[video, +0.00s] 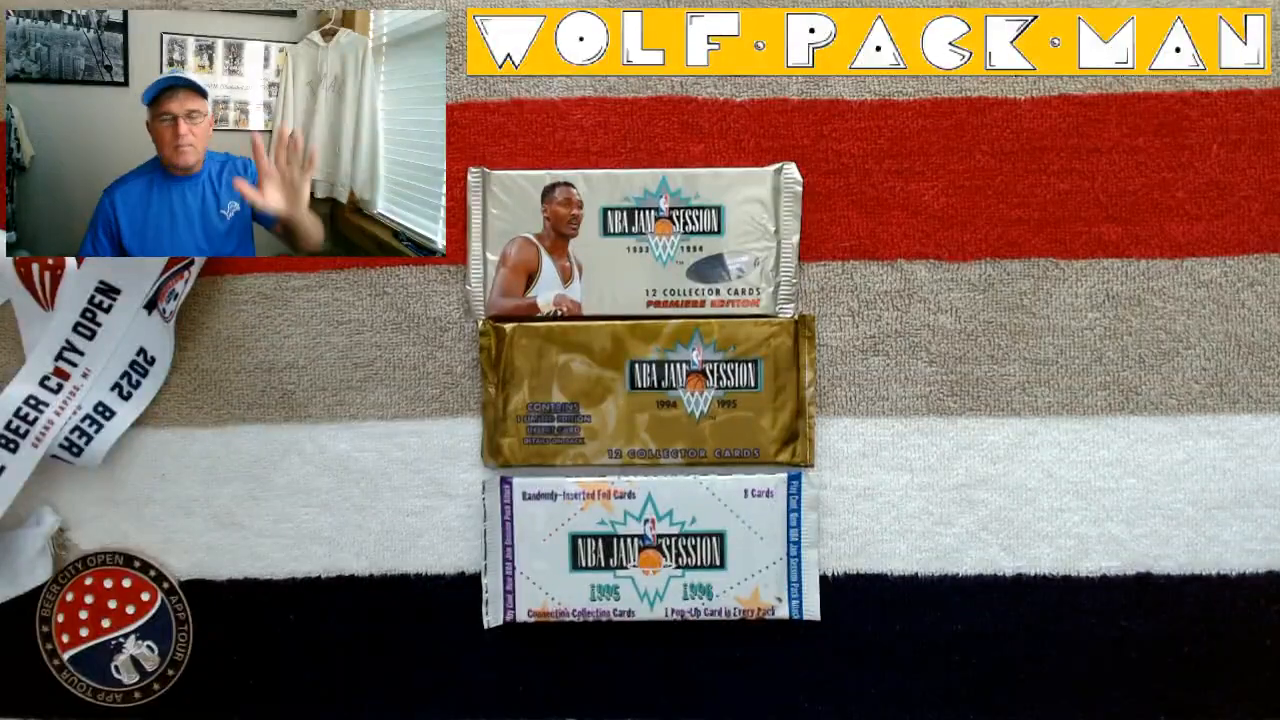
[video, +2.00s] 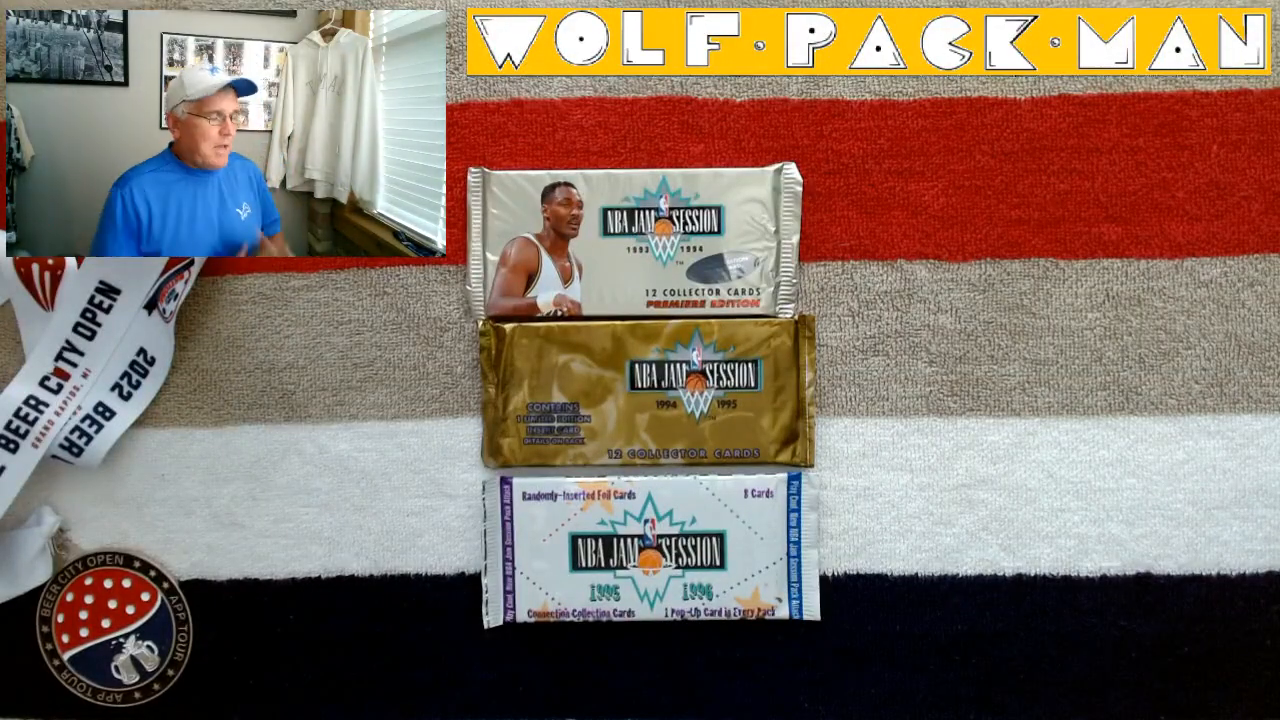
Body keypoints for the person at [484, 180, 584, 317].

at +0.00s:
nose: (576, 213)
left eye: (580, 207)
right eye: (566, 205)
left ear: (583, 211)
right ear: (545, 211)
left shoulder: (575, 265)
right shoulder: (521, 249)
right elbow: (495, 308)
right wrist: (549, 302)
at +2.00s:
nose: (576, 213)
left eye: (580, 207)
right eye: (566, 205)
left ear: (583, 211)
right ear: (545, 211)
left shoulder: (575, 265)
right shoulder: (520, 250)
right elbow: (495, 307)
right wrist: (550, 301)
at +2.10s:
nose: (576, 213)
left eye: (580, 207)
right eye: (566, 205)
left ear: (583, 211)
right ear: (545, 211)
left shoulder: (575, 265)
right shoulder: (520, 250)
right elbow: (495, 307)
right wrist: (550, 301)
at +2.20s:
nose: (576, 213)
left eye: (580, 207)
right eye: (566, 205)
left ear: (583, 211)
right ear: (545, 211)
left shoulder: (575, 265)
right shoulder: (520, 250)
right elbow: (495, 307)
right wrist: (550, 301)